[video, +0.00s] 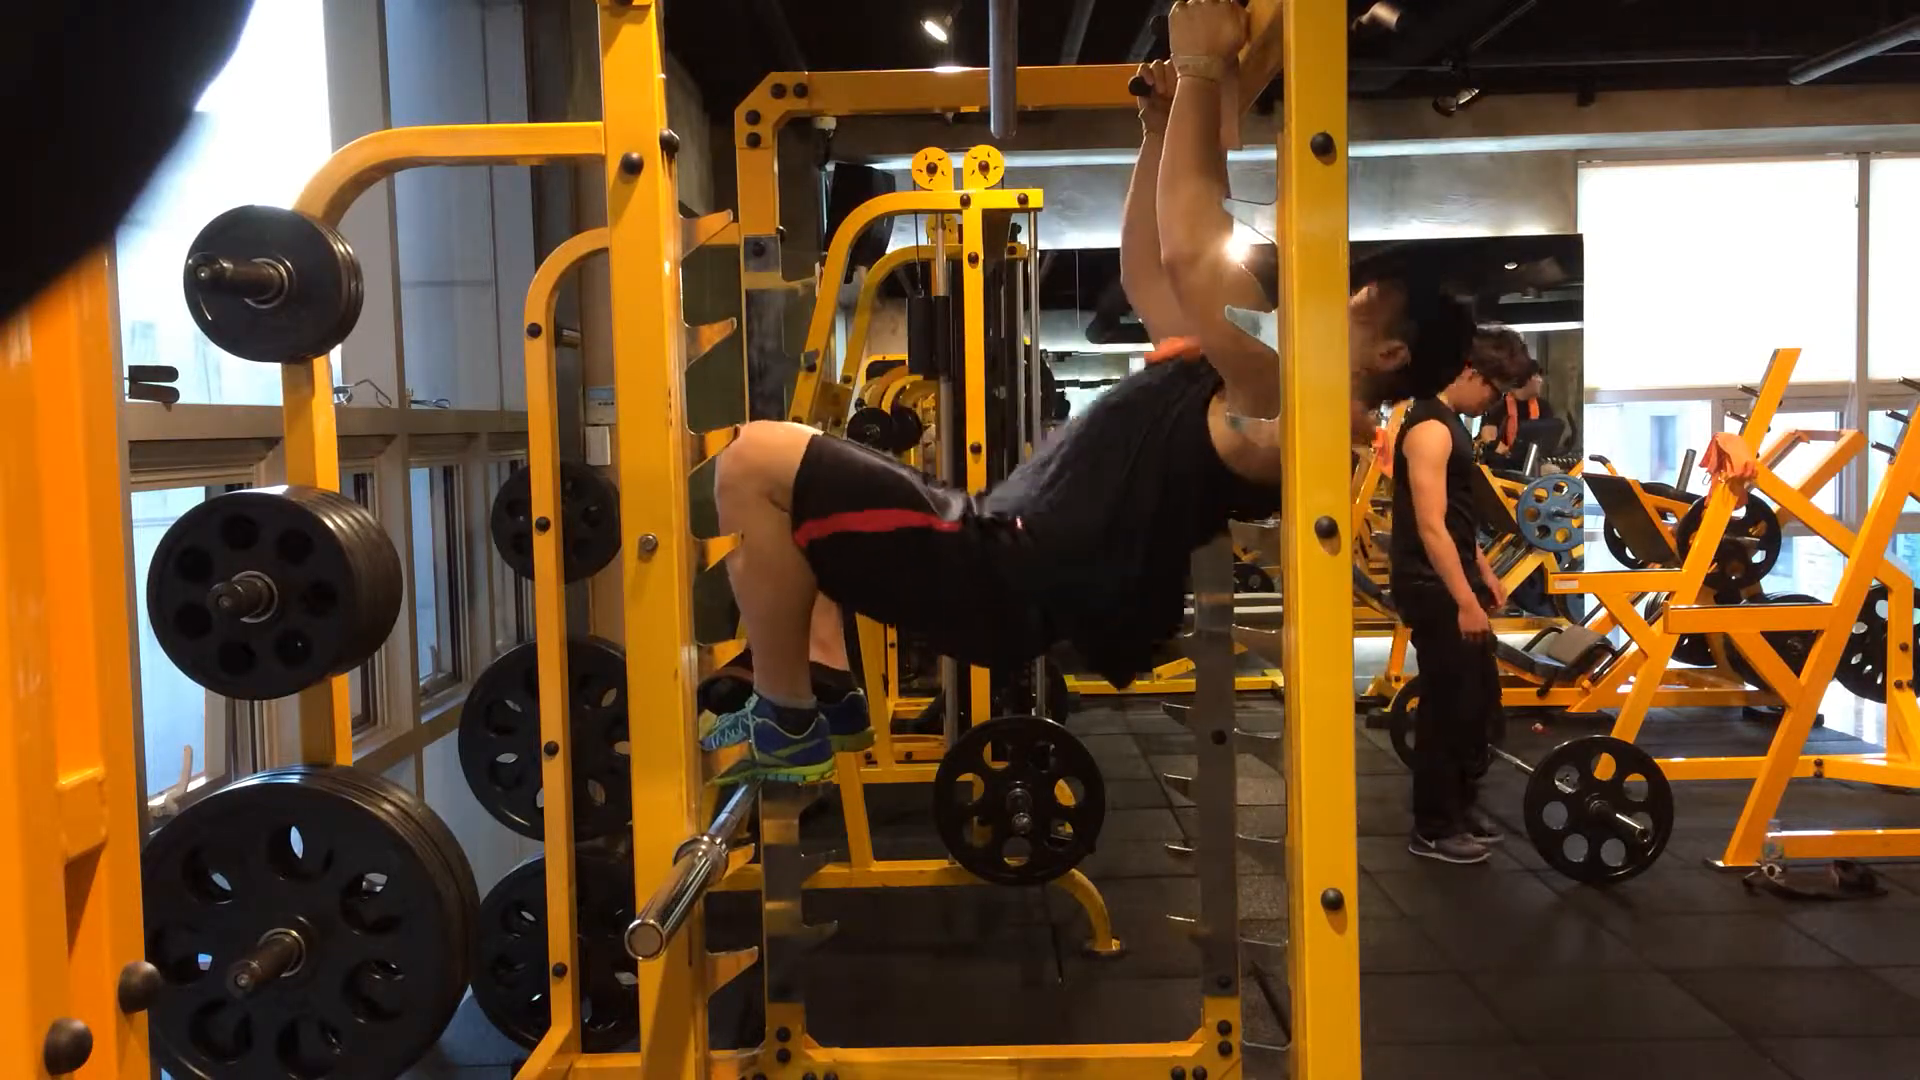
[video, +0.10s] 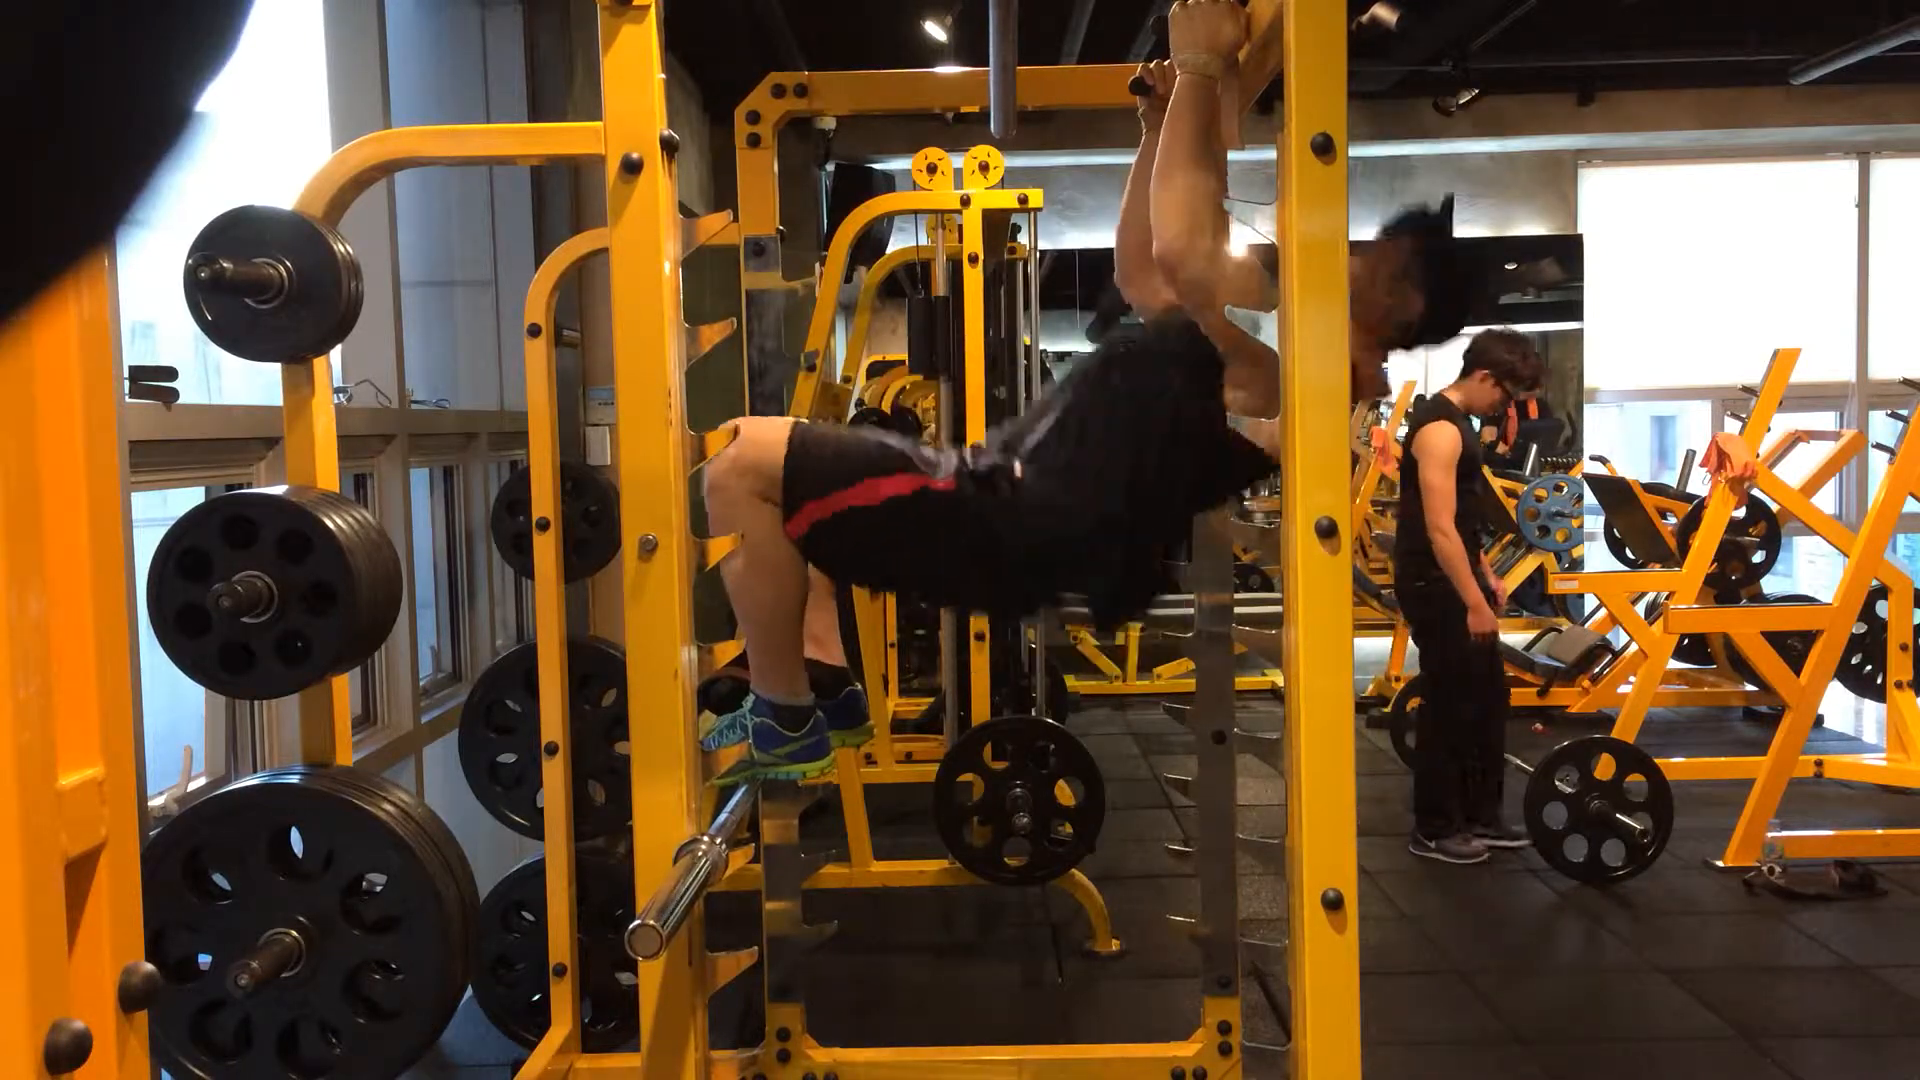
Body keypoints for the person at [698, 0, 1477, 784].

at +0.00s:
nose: (1335, 298)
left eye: (1359, 299)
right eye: (1354, 289)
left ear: (1383, 351)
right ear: (1365, 333)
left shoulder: (1301, 414)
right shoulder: (1259, 379)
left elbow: (1200, 266)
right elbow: (1149, 281)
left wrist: (1205, 75)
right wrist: (1161, 120)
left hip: (1008, 583)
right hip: (998, 537)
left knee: (752, 468)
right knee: (778, 448)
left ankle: (786, 715)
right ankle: (821, 670)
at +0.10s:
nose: (1343, 252)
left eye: (1368, 253)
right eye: (1361, 244)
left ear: (1389, 302)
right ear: (1371, 288)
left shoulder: (1307, 390)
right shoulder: (1268, 361)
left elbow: (1194, 263)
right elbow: (1140, 275)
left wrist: (1207, 70)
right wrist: (1154, 126)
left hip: (1003, 531)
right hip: (996, 493)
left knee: (739, 470)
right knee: (764, 438)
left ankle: (783, 713)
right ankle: (821, 666)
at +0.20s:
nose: (1356, 185)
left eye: (1382, 186)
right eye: (1371, 175)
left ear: (1410, 236)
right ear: (1385, 221)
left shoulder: (1343, 295)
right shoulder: (1327, 312)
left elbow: (1190, 252)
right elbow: (1137, 255)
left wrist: (1208, 68)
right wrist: (1170, 104)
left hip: (1025, 472)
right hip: (1023, 447)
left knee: (740, 471)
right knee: (752, 431)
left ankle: (782, 714)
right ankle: (821, 664)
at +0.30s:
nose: (1357, 119)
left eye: (1382, 120)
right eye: (1370, 105)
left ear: (1412, 172)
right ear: (1362, 125)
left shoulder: (1339, 250)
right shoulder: (1315, 210)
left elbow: (1185, 241)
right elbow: (1157, 216)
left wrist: (1203, 71)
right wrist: (1190, 90)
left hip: (1057, 423)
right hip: (1039, 387)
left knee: (745, 460)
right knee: (768, 431)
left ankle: (783, 714)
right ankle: (821, 670)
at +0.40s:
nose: (1349, 44)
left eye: (1374, 51)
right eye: (1364, 35)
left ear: (1402, 120)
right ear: (1364, 87)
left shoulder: (1326, 216)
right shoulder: (1292, 154)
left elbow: (1190, 237)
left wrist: (1203, 66)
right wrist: (1196, 91)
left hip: (1060, 389)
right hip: (1042, 367)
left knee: (755, 453)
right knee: (786, 439)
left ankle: (786, 713)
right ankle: (822, 673)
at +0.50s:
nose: (1345, 48)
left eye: (1371, 50)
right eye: (1362, 37)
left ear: (1399, 115)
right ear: (1373, 95)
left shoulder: (1333, 213)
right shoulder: (1296, 160)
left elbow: (1190, 241)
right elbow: (1187, 202)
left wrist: (1202, 69)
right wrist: (1190, 96)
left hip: (1063, 397)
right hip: (1042, 369)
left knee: (758, 451)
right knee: (794, 441)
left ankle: (787, 716)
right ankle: (826, 675)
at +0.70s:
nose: (1345, 168)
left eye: (1374, 168)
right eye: (1361, 158)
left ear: (1407, 224)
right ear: (1366, 199)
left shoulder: (1346, 300)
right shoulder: (1314, 293)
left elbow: (1195, 248)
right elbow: (1139, 276)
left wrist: (1207, 72)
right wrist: (1157, 127)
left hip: (1055, 486)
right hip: (1035, 449)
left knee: (760, 458)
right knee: (798, 447)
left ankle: (785, 715)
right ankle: (824, 672)